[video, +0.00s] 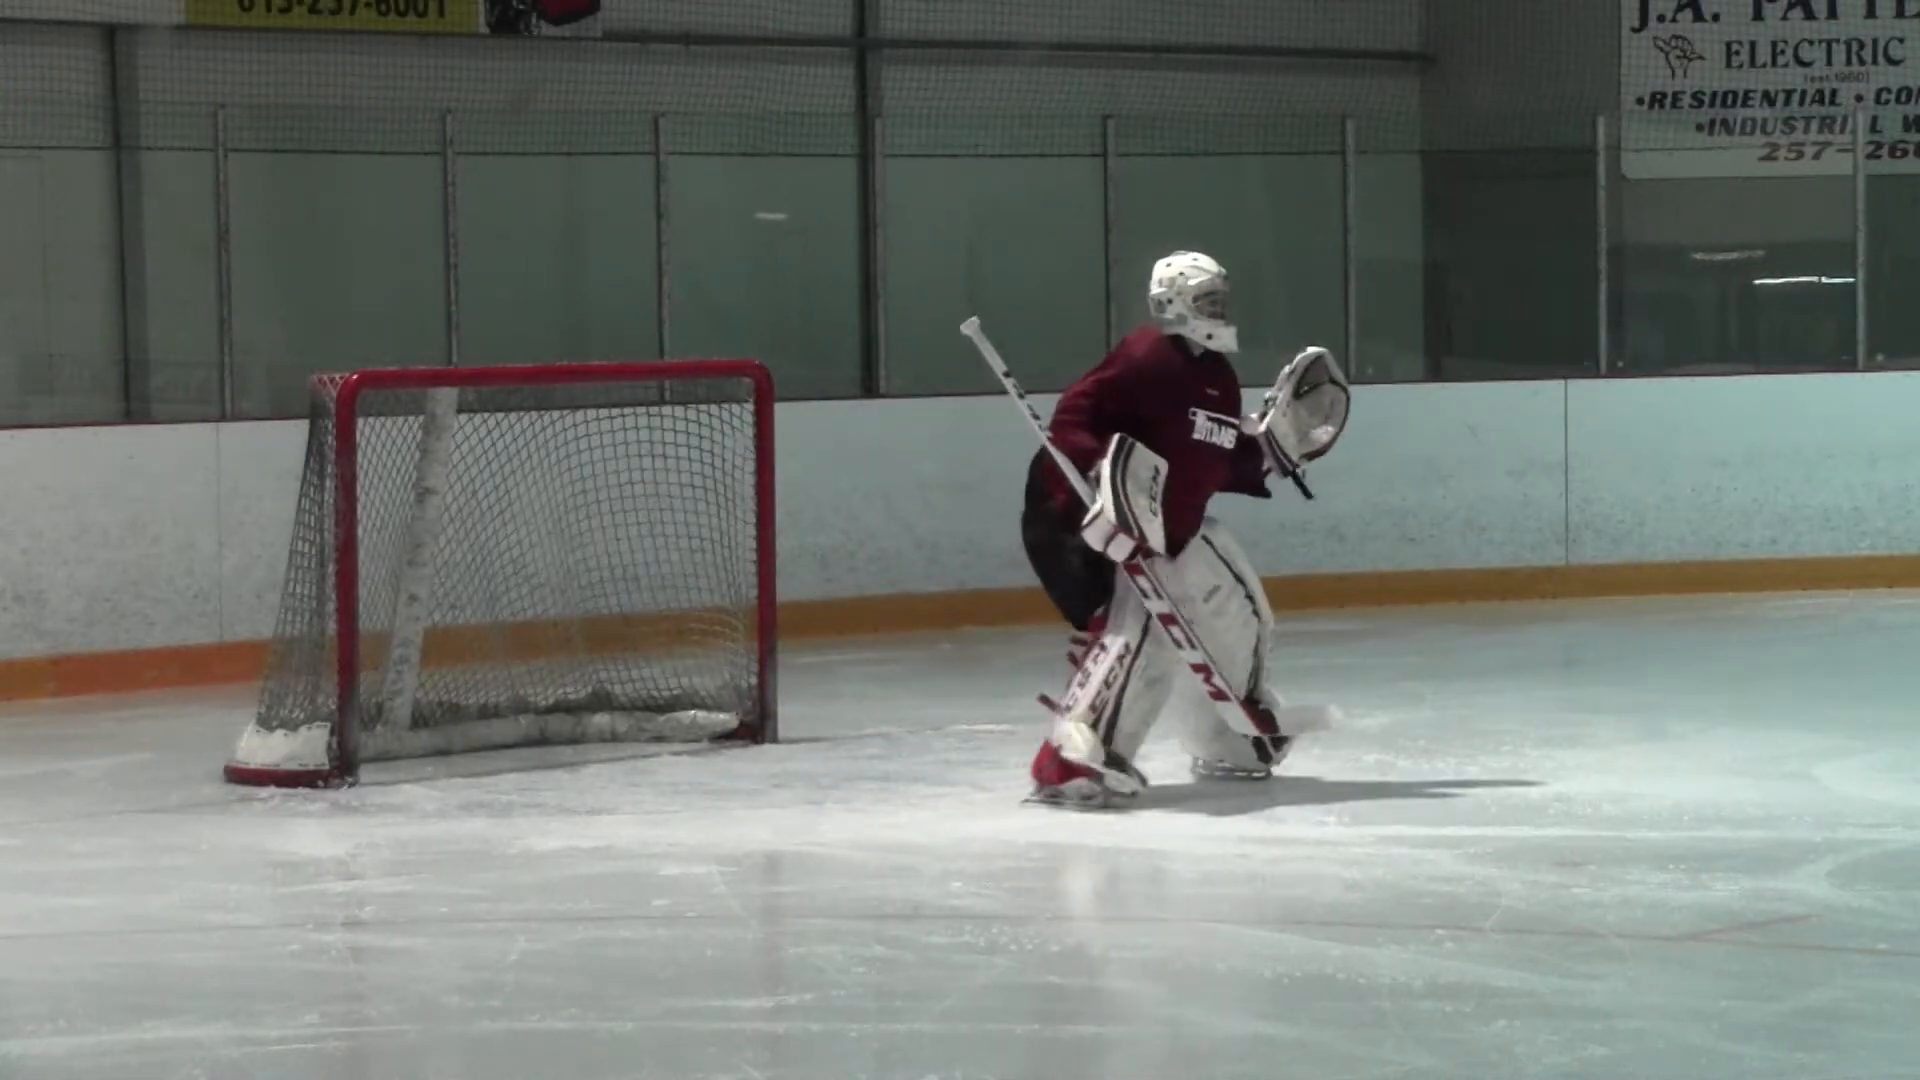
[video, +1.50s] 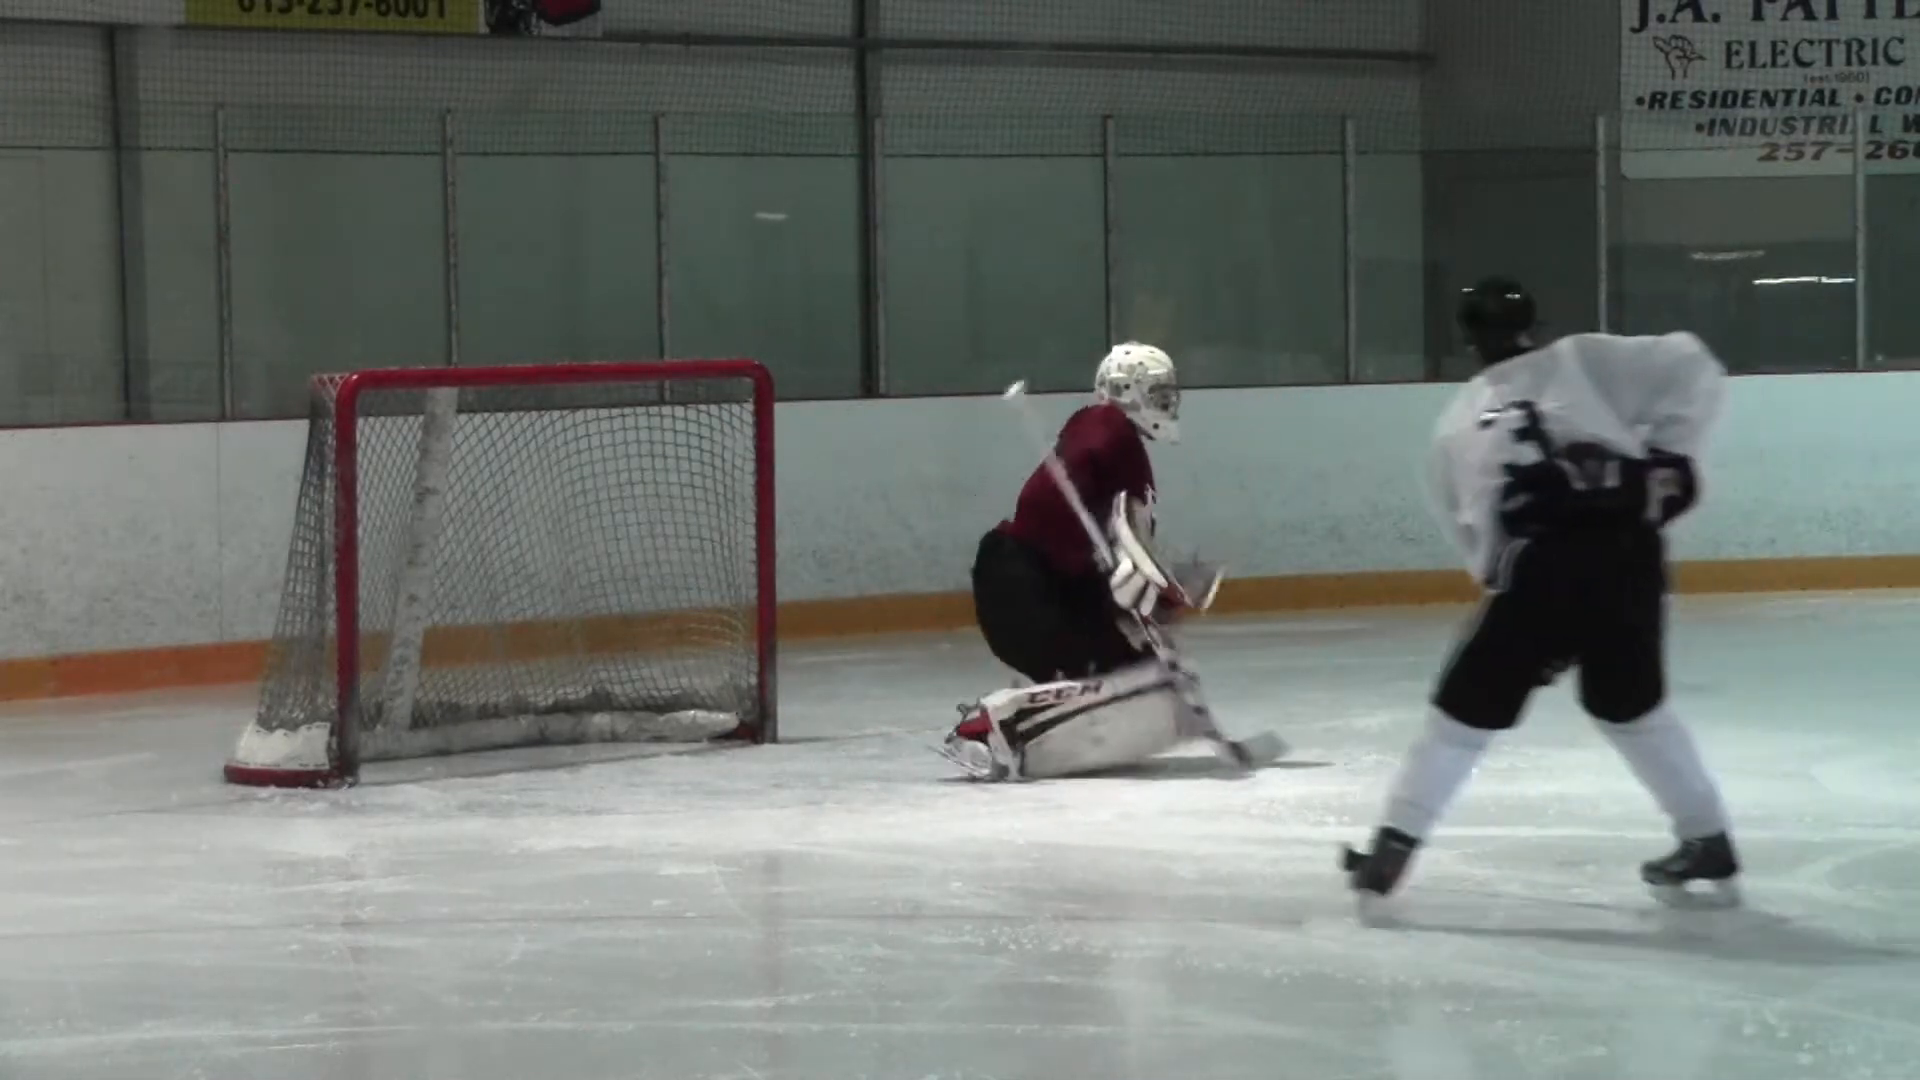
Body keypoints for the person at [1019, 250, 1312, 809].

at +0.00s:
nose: (1220, 309)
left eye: (1221, 299)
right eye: (1206, 301)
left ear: (1221, 302)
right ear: (1172, 308)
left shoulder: (1218, 376)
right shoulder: (1147, 358)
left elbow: (1204, 462)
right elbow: (1068, 420)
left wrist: (1274, 447)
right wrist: (1115, 480)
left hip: (1165, 530)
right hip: (1086, 525)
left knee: (1230, 610)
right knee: (1140, 632)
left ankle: (1231, 741)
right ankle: (1078, 757)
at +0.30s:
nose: (1227, 321)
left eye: (1228, 310)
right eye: (1214, 312)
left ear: (1225, 315)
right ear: (1182, 318)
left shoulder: (1215, 385)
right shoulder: (1157, 363)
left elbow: (1207, 470)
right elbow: (1088, 428)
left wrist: (1267, 462)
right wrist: (1136, 492)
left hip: (1161, 528)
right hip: (1086, 520)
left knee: (1233, 608)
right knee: (1151, 636)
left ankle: (1224, 739)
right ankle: (1054, 753)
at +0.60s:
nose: (1234, 324)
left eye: (1234, 314)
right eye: (1222, 315)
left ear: (1225, 318)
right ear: (1189, 321)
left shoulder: (1216, 385)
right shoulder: (1160, 364)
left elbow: (1204, 467)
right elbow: (1089, 425)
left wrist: (1260, 469)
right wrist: (1138, 486)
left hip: (1174, 521)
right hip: (1124, 517)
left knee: (1224, 614)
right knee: (1173, 616)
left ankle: (1199, 726)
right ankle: (1092, 733)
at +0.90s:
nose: (1224, 346)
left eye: (1224, 335)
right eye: (1213, 337)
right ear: (1182, 342)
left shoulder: (1193, 402)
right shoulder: (1155, 378)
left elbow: (1191, 493)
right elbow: (1087, 439)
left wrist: (1239, 479)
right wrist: (1131, 508)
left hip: (1094, 512)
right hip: (1046, 499)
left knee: (1182, 596)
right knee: (1123, 618)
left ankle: (1160, 726)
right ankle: (1044, 735)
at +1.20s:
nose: (1192, 385)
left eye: (1192, 373)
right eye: (1181, 374)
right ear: (1150, 378)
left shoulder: (1148, 423)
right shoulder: (1128, 415)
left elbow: (1165, 511)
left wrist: (1201, 504)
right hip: (1012, 538)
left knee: (1130, 651)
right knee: (1117, 655)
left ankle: (1080, 734)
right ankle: (1010, 727)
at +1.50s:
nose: (1169, 404)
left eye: (1170, 393)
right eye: (1158, 393)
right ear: (1128, 393)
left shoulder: (1123, 441)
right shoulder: (1104, 428)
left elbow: (1131, 532)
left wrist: (1166, 587)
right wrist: (1132, 563)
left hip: (1065, 580)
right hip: (1020, 573)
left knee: (1139, 661)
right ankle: (992, 727)